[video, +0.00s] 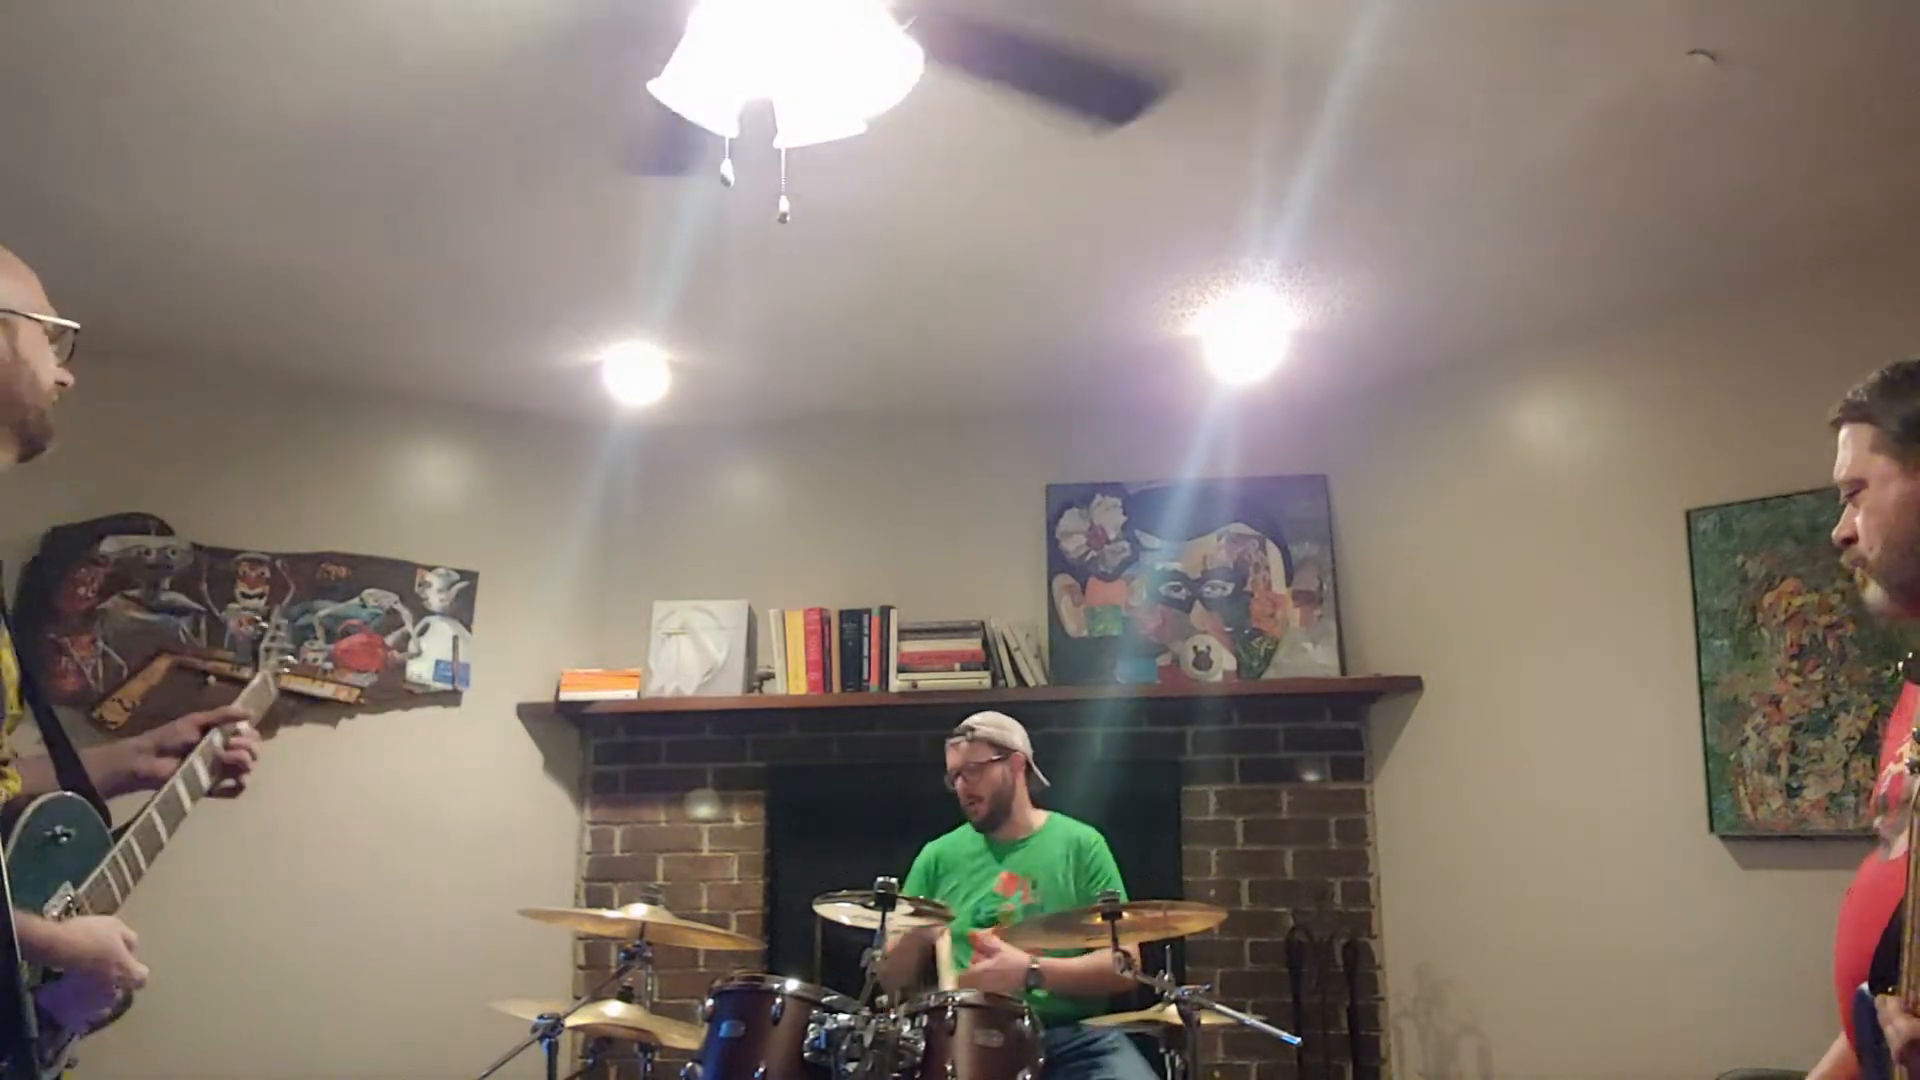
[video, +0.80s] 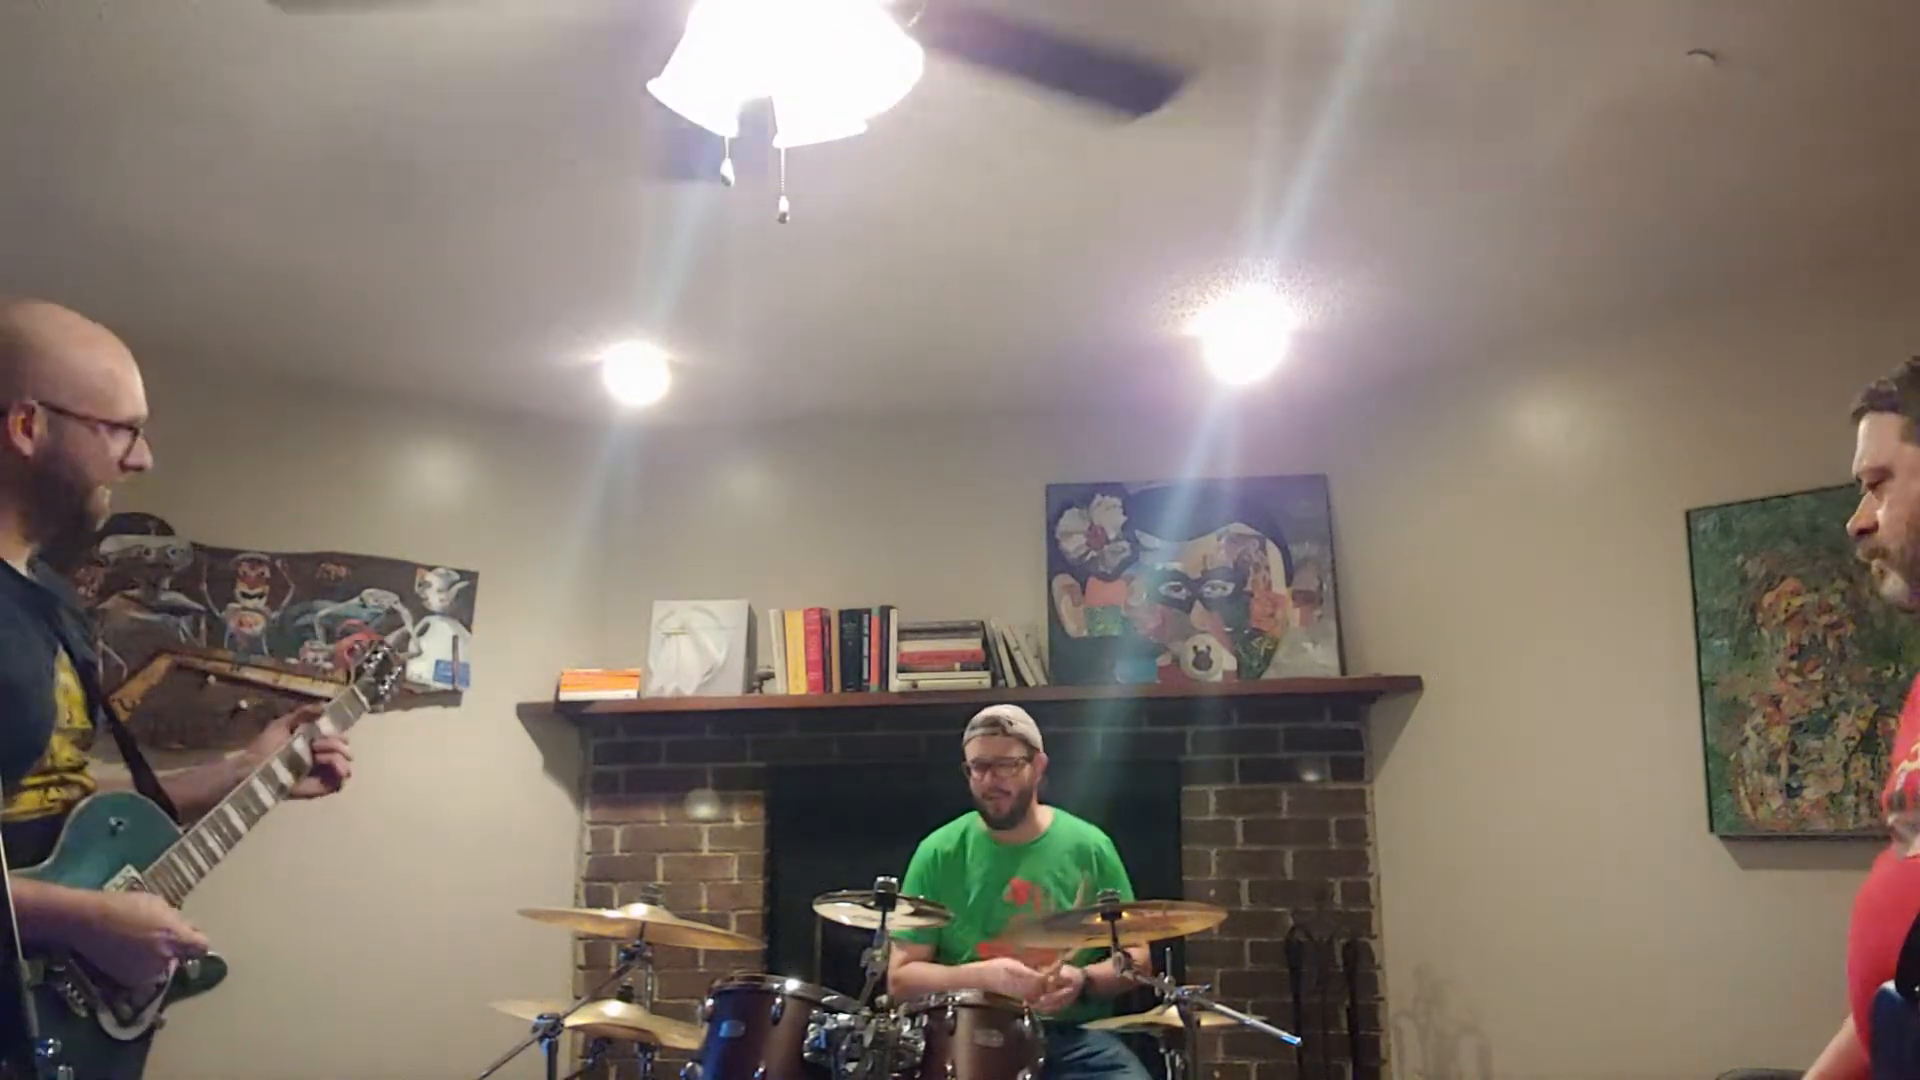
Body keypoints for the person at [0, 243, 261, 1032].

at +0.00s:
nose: (67, 376)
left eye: (63, 343)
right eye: (53, 335)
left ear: (9, 338)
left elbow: (5, 777)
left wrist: (141, 759)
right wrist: (49, 941)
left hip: (26, 1021)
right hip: (14, 1027)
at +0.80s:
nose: (142, 460)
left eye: (140, 432)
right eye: (122, 431)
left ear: (27, 430)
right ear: (26, 428)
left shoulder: (47, 602)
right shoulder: (15, 609)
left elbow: (65, 809)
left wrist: (250, 768)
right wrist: (78, 919)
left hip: (70, 1034)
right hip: (18, 1039)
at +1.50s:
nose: (136, 496)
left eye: (143, 467)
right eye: (108, 466)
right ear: (11, 446)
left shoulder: (47, 622)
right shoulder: (17, 623)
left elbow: (70, 830)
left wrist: (252, 777)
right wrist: (73, 914)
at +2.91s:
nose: (153, 524)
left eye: (172, 495)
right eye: (132, 487)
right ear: (33, 434)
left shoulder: (20, 595)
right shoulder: (12, 600)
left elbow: (14, 818)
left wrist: (185, 834)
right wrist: (9, 999)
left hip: (30, 1038)